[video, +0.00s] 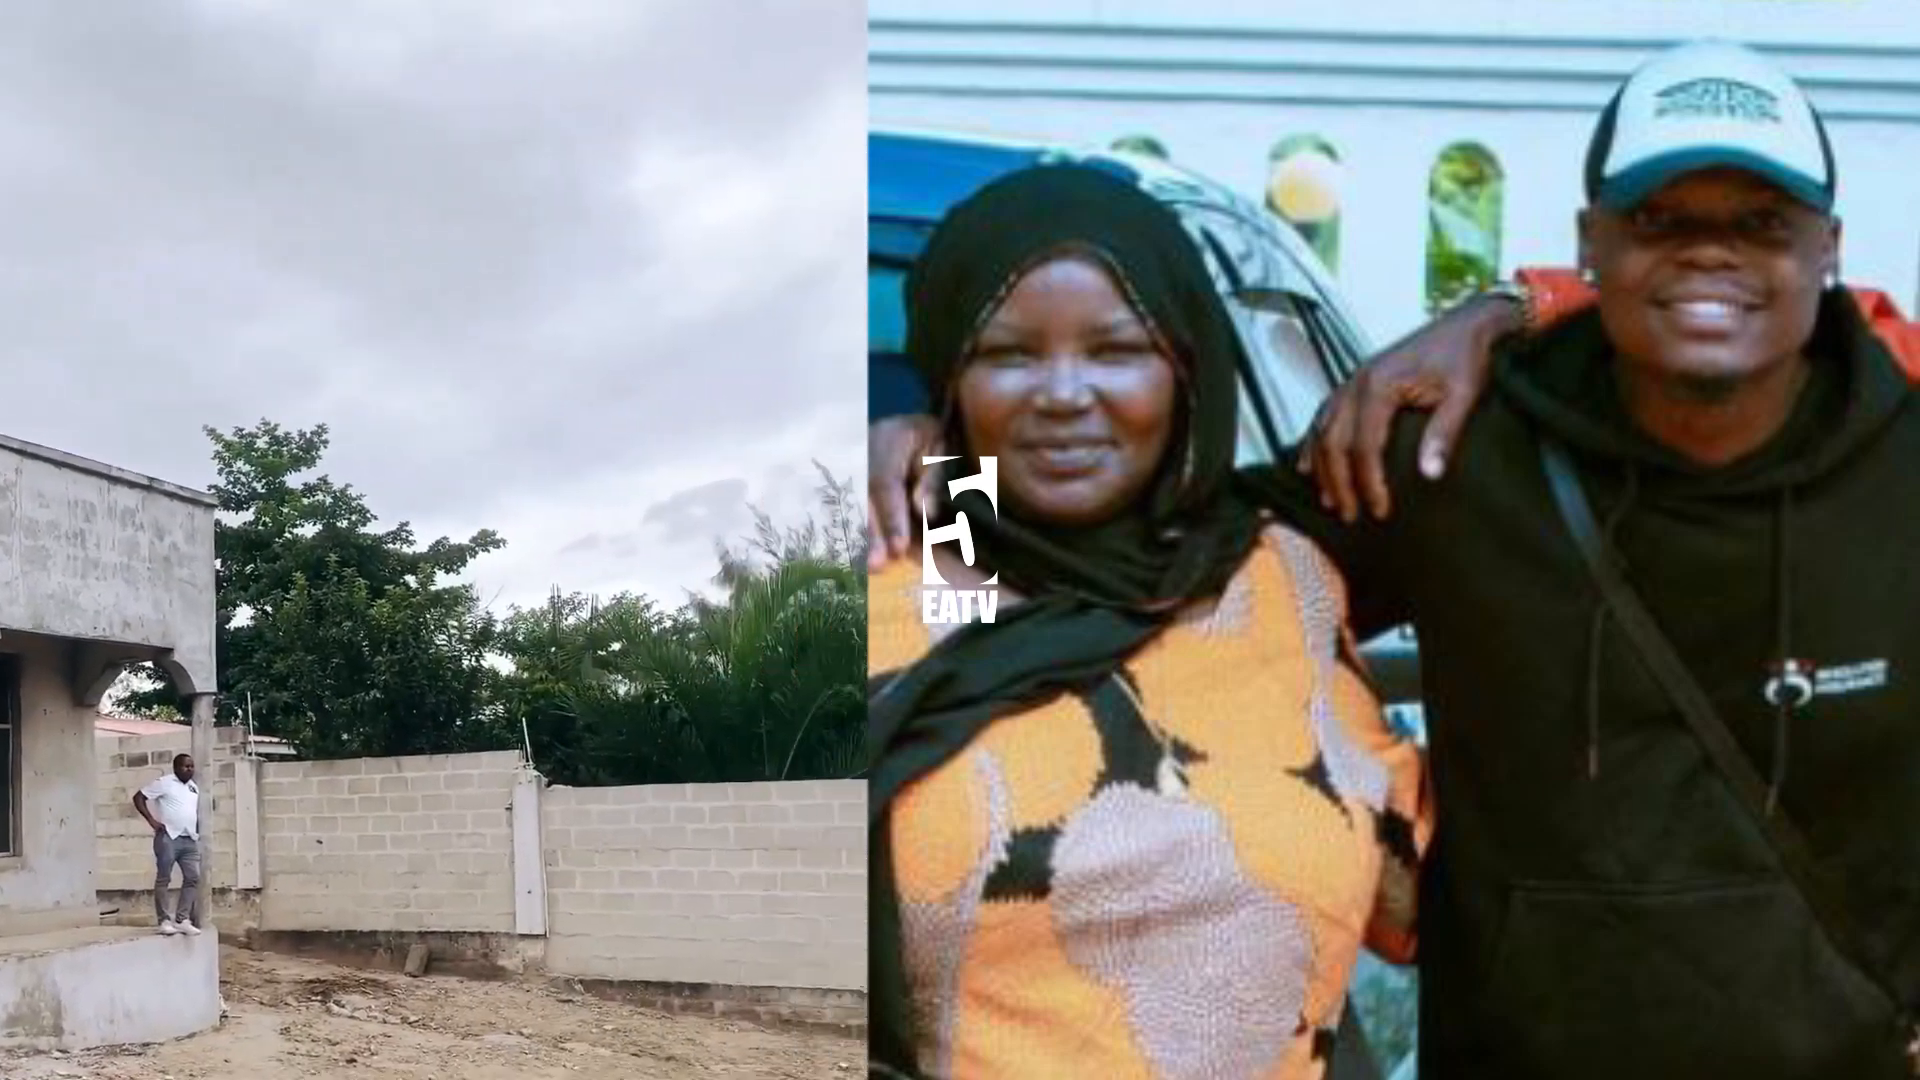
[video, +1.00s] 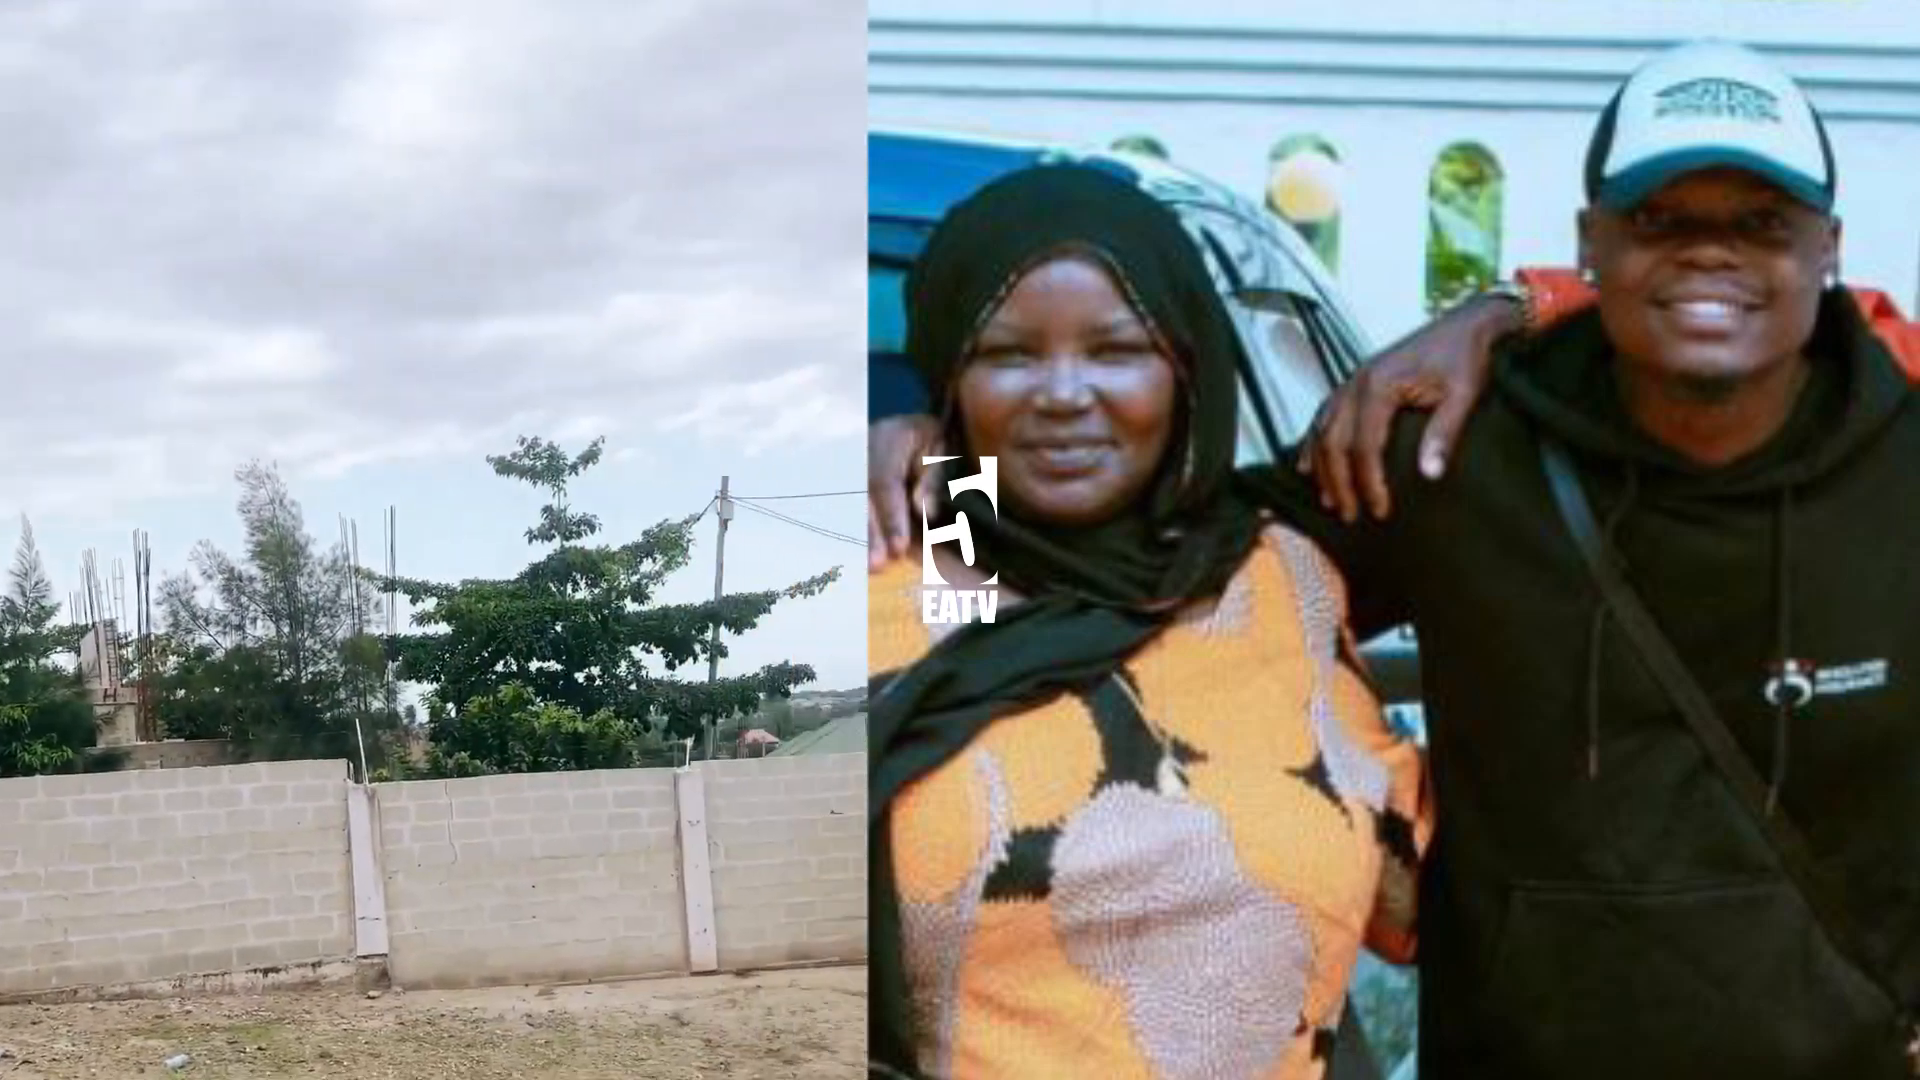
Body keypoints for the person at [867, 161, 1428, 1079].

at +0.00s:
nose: (1063, 397)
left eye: (1115, 351)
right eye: (1012, 354)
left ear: (1188, 374)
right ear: (950, 387)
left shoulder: (1285, 587)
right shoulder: (872, 612)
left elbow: (1427, 889)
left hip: (1281, 1058)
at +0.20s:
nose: (1063, 397)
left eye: (1115, 351)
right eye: (1011, 354)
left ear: (1187, 374)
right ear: (950, 387)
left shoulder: (1286, 585)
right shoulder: (877, 611)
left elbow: (1425, 890)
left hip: (1282, 1058)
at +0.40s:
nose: (1063, 397)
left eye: (1115, 351)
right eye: (1011, 354)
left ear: (1188, 374)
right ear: (950, 387)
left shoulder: (1286, 586)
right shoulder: (877, 608)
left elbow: (1428, 889)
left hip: (1281, 1058)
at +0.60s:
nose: (1063, 397)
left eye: (1115, 351)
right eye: (1011, 354)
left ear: (1187, 374)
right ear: (950, 387)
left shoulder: (1286, 585)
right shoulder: (883, 611)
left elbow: (1425, 889)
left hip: (1282, 1058)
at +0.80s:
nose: (1063, 397)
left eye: (1115, 351)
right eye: (1012, 354)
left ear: (1187, 374)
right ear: (950, 387)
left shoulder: (1286, 585)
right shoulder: (884, 611)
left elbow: (1425, 890)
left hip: (1282, 1058)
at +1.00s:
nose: (1062, 397)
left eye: (1115, 351)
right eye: (1011, 354)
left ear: (1188, 374)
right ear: (950, 386)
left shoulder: (1286, 584)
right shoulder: (868, 611)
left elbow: (1425, 889)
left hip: (1283, 1058)